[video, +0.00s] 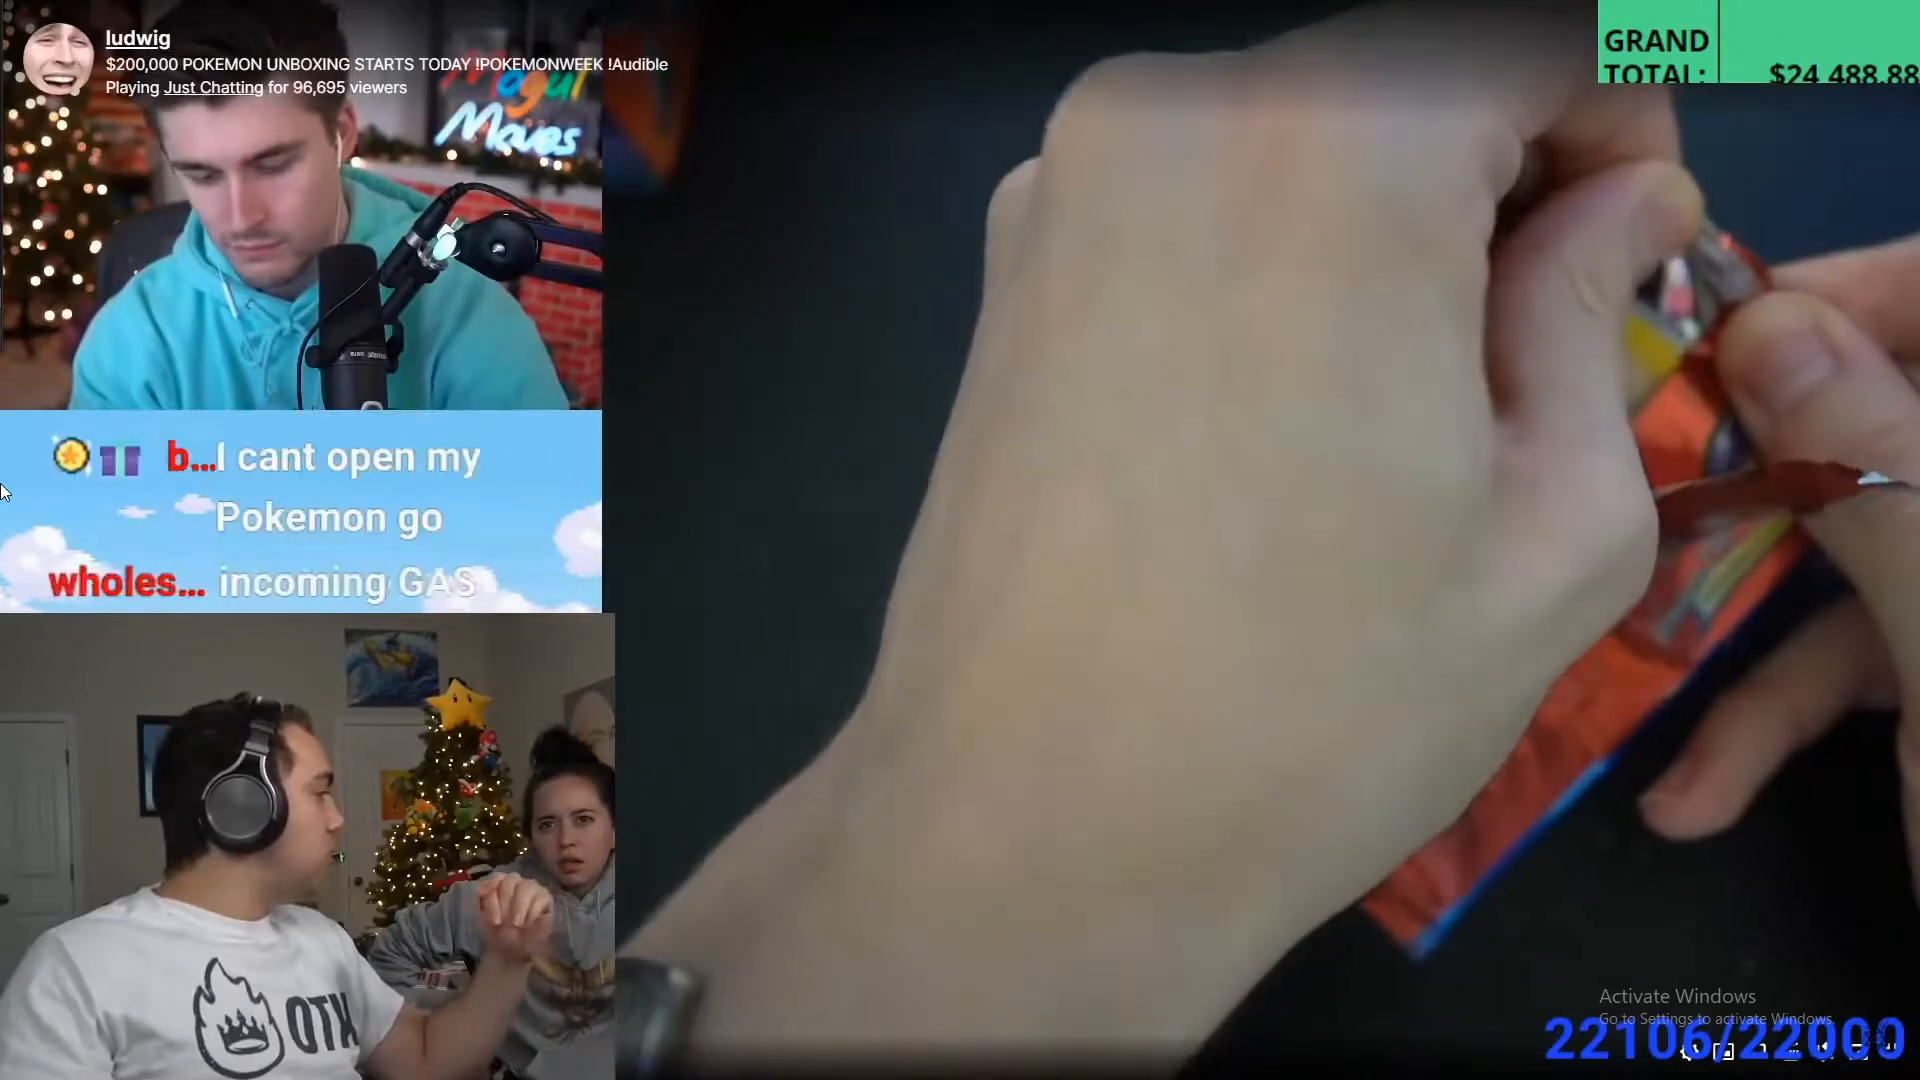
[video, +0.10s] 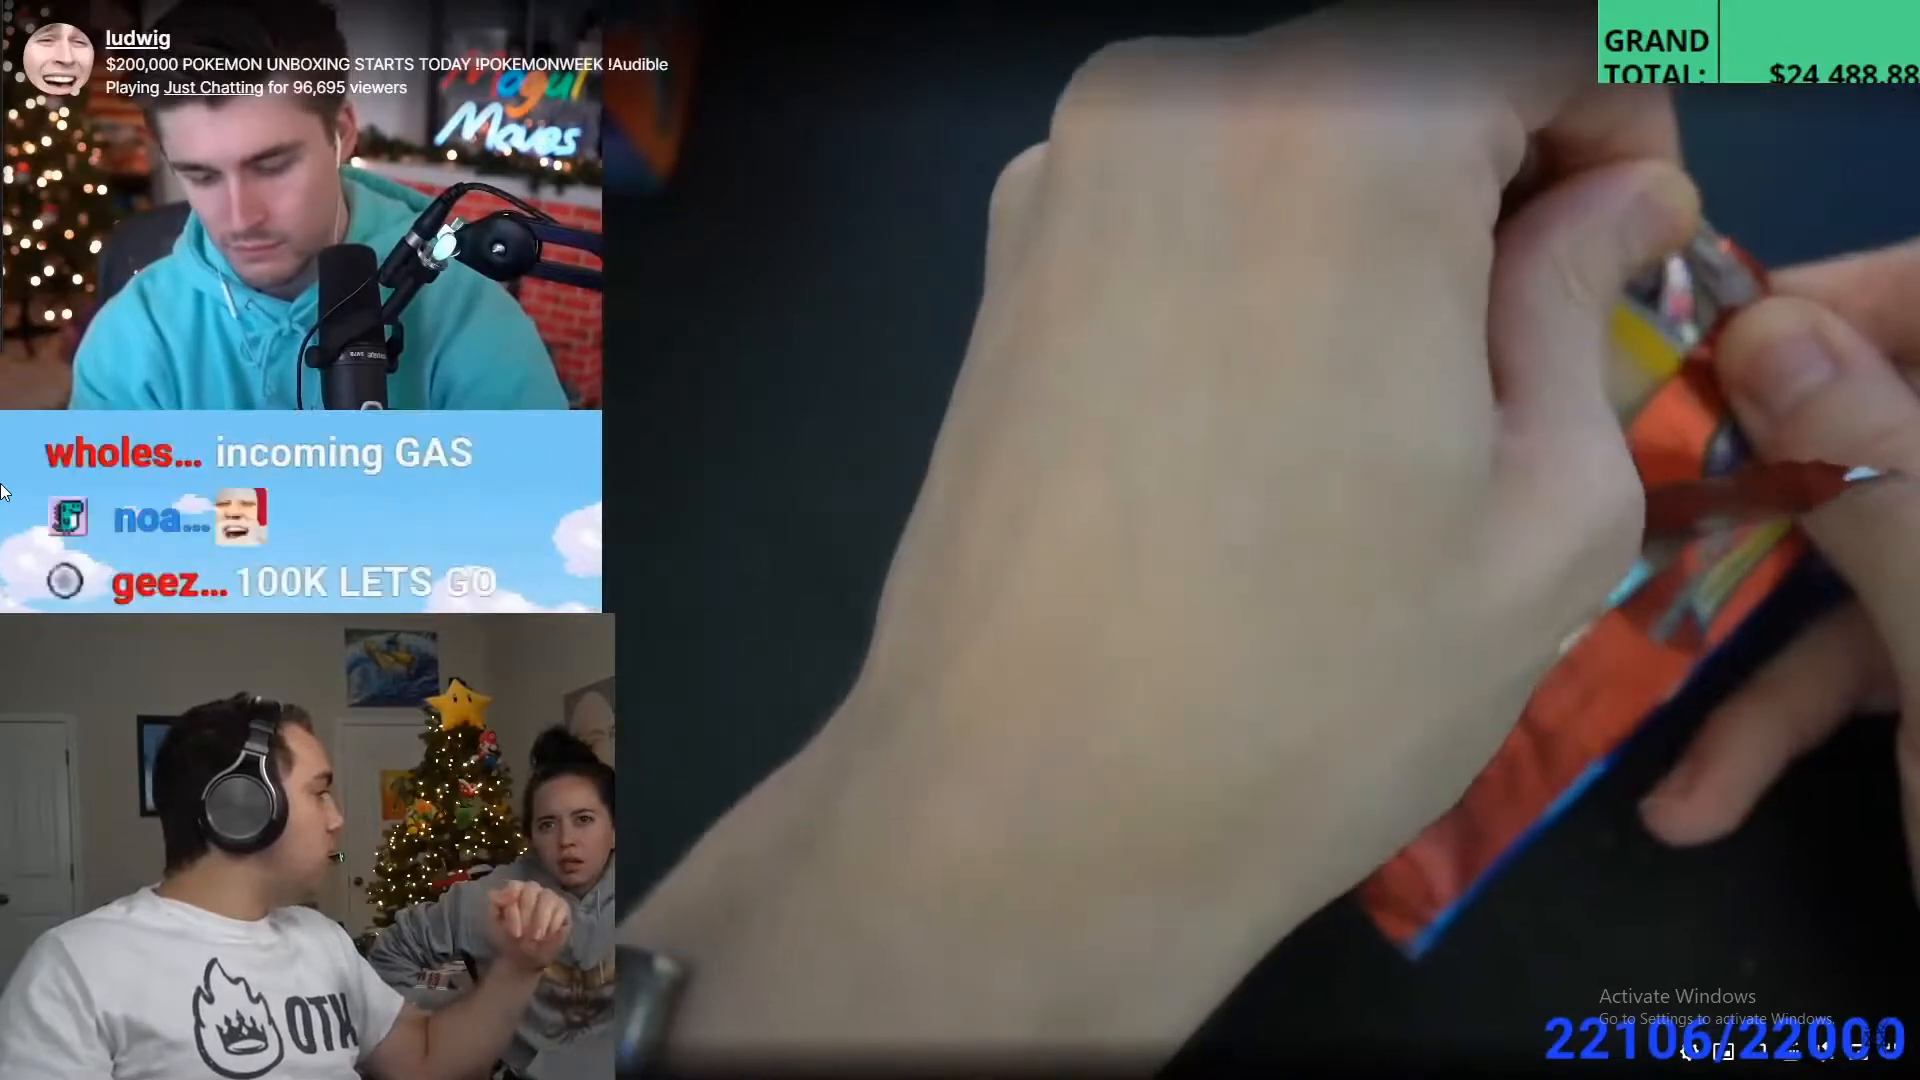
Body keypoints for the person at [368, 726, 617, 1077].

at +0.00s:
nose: (566, 841)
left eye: (584, 820)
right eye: (548, 825)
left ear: (613, 830)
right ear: (531, 837)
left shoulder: (643, 893)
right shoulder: (490, 898)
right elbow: (388, 956)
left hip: (623, 1068)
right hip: (530, 1071)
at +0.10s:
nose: (566, 841)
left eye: (584, 820)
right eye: (548, 825)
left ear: (613, 830)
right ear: (531, 837)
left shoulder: (643, 893)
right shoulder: (487, 901)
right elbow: (386, 957)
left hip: (625, 1067)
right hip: (536, 1071)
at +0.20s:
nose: (566, 840)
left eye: (583, 820)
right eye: (548, 825)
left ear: (615, 828)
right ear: (531, 837)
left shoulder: (641, 892)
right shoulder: (489, 899)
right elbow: (387, 958)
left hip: (621, 1067)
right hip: (530, 1070)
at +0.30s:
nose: (566, 841)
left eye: (584, 820)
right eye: (548, 825)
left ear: (615, 828)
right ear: (531, 837)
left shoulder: (640, 893)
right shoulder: (492, 897)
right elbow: (387, 957)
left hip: (621, 1067)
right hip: (532, 1070)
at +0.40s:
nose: (566, 841)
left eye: (584, 820)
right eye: (548, 825)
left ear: (615, 828)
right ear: (531, 837)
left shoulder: (641, 892)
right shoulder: (488, 899)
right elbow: (386, 957)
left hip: (626, 1065)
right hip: (537, 1069)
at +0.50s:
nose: (567, 841)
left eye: (584, 820)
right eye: (548, 825)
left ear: (615, 826)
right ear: (531, 836)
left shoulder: (642, 893)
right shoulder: (486, 901)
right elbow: (385, 958)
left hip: (626, 1066)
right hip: (538, 1070)